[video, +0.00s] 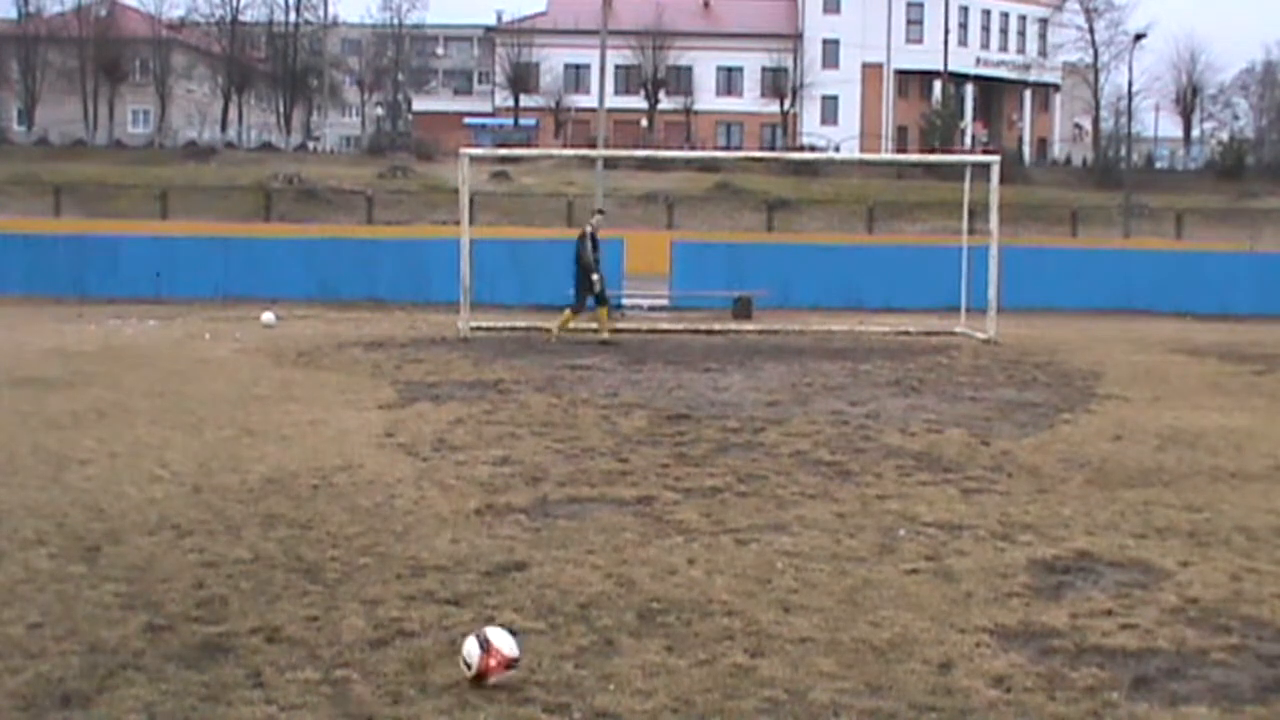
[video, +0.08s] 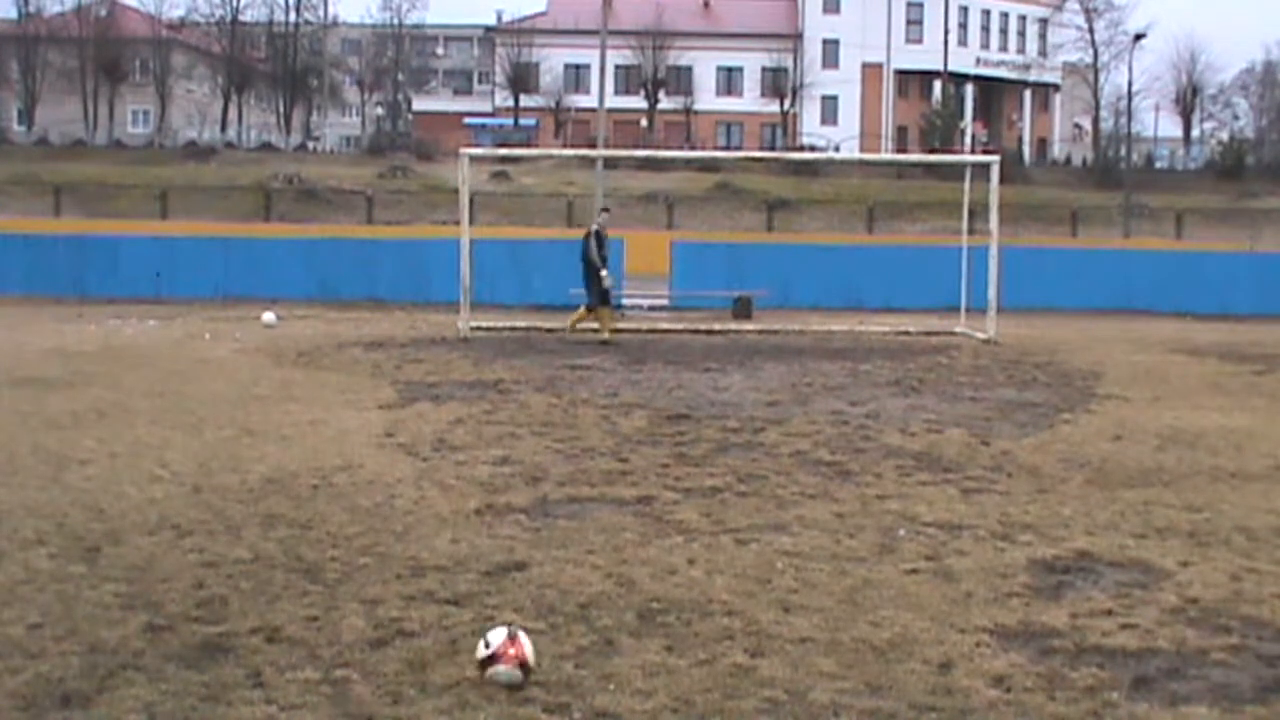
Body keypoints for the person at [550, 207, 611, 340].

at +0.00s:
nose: (599, 223)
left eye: (600, 220)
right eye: (597, 219)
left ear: (600, 221)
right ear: (592, 219)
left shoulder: (593, 236)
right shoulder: (585, 235)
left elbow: (592, 257)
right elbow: (586, 257)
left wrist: (597, 273)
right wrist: (593, 273)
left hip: (594, 272)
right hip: (584, 273)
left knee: (602, 302)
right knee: (579, 305)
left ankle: (604, 331)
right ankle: (556, 329)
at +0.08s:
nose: (605, 221)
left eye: (607, 218)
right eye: (603, 218)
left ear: (608, 220)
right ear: (598, 218)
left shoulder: (602, 234)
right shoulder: (592, 233)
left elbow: (601, 252)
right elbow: (592, 254)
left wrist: (604, 268)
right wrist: (602, 270)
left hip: (600, 270)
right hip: (592, 271)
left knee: (601, 301)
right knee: (596, 301)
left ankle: (606, 330)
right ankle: (572, 322)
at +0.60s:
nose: (642, 219)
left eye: (644, 215)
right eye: (639, 215)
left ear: (647, 217)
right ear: (635, 217)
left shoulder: (648, 234)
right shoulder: (632, 234)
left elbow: (654, 252)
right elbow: (629, 256)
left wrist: (665, 261)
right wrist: (629, 274)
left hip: (645, 271)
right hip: (637, 272)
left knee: (643, 305)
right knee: (642, 307)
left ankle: (621, 324)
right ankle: (649, 339)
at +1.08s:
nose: (679, 237)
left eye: (681, 234)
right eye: (676, 233)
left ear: (685, 235)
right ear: (672, 234)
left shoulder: (688, 248)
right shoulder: (664, 248)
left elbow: (698, 253)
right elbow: (648, 252)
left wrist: (695, 267)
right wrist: (651, 268)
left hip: (682, 280)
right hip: (665, 281)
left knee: (694, 308)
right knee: (662, 312)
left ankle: (707, 338)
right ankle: (653, 338)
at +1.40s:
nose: (694, 249)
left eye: (697, 246)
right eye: (692, 246)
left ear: (701, 247)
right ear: (688, 247)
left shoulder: (706, 258)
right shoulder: (682, 257)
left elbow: (719, 265)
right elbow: (667, 263)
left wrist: (714, 279)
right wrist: (674, 277)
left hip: (703, 284)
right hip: (685, 285)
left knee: (713, 310)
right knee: (675, 309)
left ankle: (712, 339)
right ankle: (681, 339)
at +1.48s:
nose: (695, 250)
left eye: (697, 247)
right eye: (693, 247)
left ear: (701, 249)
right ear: (689, 249)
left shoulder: (707, 259)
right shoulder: (682, 259)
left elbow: (719, 267)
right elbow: (668, 267)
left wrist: (715, 281)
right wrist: (677, 280)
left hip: (704, 285)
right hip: (687, 286)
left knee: (721, 307)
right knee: (679, 311)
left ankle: (717, 337)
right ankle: (682, 341)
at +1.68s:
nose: (700, 254)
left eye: (703, 251)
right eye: (698, 251)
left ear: (707, 252)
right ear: (695, 252)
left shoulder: (713, 263)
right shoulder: (688, 263)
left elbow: (726, 276)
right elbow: (676, 272)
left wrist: (723, 288)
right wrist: (684, 283)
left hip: (710, 288)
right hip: (693, 288)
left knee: (726, 310)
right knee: (681, 309)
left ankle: (736, 340)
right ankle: (681, 340)